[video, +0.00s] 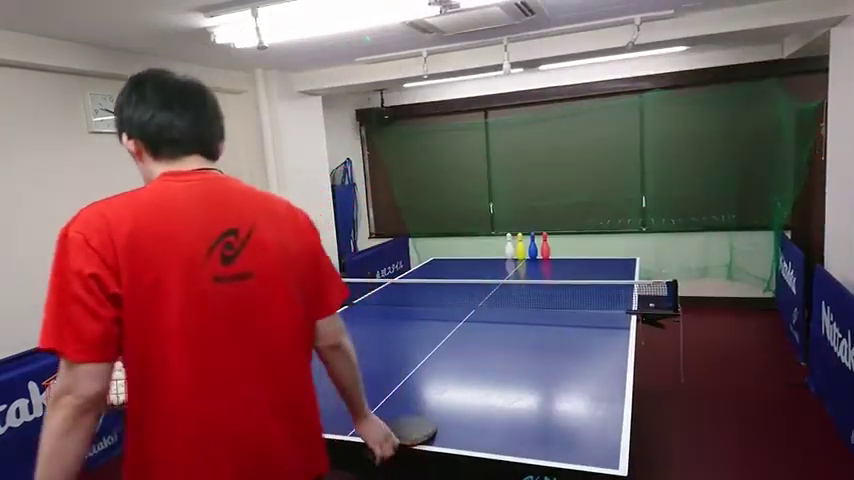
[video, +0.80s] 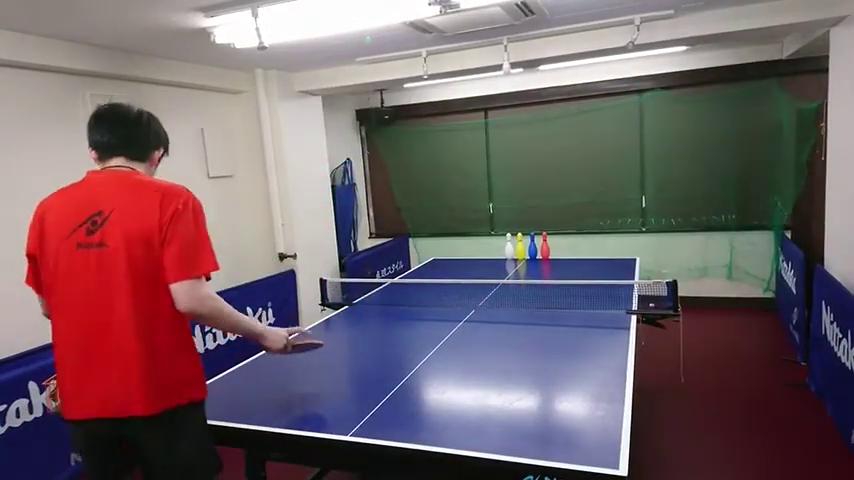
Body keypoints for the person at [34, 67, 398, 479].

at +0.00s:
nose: (126, 152)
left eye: (122, 143)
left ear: (134, 146)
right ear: (219, 145)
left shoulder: (100, 230)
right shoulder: (288, 219)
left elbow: (81, 396)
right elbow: (333, 341)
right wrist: (365, 417)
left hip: (169, 466)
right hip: (292, 463)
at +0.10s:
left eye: (105, 143)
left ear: (114, 146)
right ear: (198, 145)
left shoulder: (73, 224)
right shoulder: (262, 214)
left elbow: (47, 377)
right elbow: (308, 332)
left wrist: (12, 470)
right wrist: (345, 404)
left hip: (130, 464)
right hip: (249, 461)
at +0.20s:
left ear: (101, 138)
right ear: (183, 138)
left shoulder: (51, 213)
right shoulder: (242, 205)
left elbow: (28, 351)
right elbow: (281, 320)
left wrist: (10, 439)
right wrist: (326, 390)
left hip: (103, 463)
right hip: (222, 456)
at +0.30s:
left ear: (93, 141)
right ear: (173, 142)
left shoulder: (41, 214)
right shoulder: (222, 205)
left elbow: (20, 342)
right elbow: (260, 319)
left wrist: (22, 404)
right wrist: (312, 375)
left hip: (90, 458)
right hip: (204, 449)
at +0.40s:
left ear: (93, 150)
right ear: (169, 152)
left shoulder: (44, 218)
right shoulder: (208, 210)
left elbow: (30, 339)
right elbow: (245, 321)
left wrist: (57, 389)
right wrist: (297, 363)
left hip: (89, 456)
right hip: (194, 447)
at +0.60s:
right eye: (171, 157)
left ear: (96, 153)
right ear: (164, 157)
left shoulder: (47, 213)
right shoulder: (193, 208)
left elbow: (43, 319)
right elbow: (222, 312)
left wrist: (95, 345)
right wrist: (278, 346)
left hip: (93, 425)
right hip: (182, 419)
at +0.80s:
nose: (158, 167)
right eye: (161, 159)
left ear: (93, 153)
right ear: (156, 157)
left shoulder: (49, 209)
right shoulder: (170, 200)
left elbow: (49, 305)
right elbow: (191, 298)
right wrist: (263, 333)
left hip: (86, 411)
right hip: (163, 405)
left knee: (105, 473)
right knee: (189, 472)